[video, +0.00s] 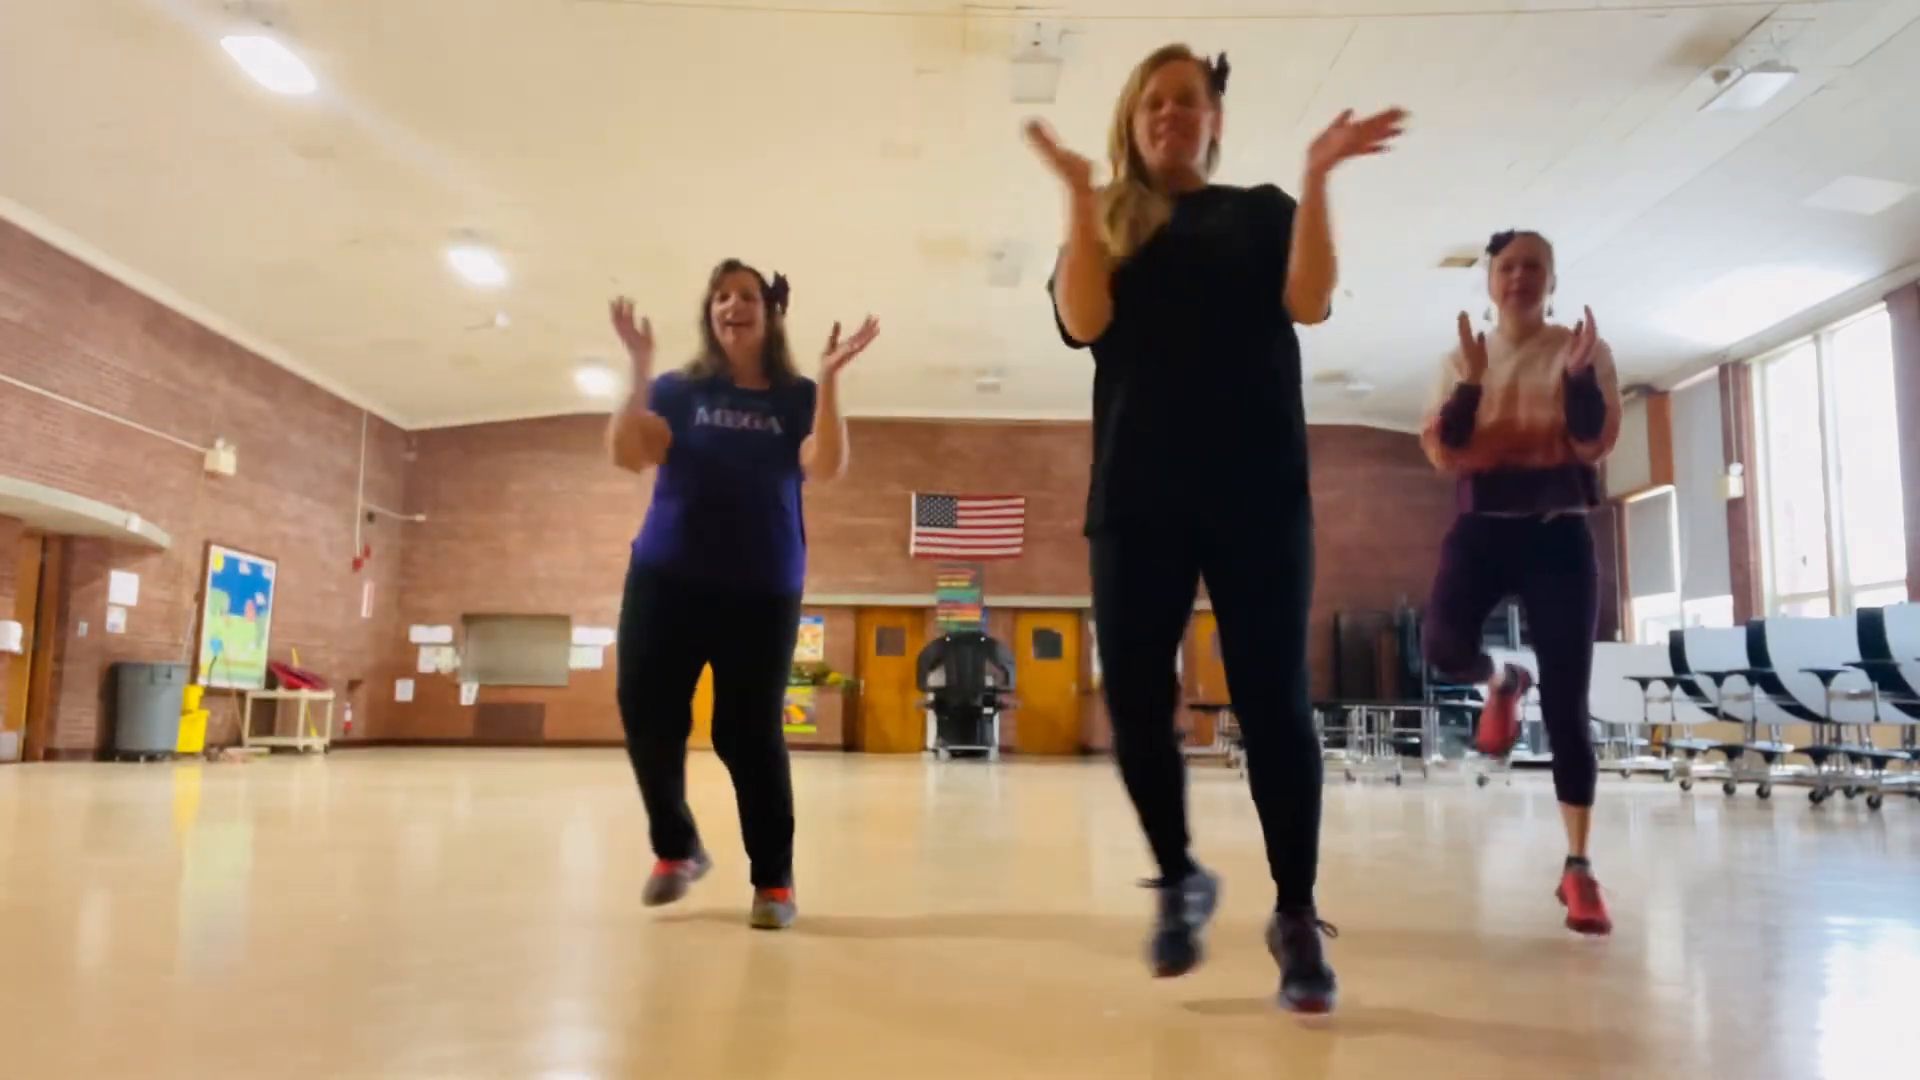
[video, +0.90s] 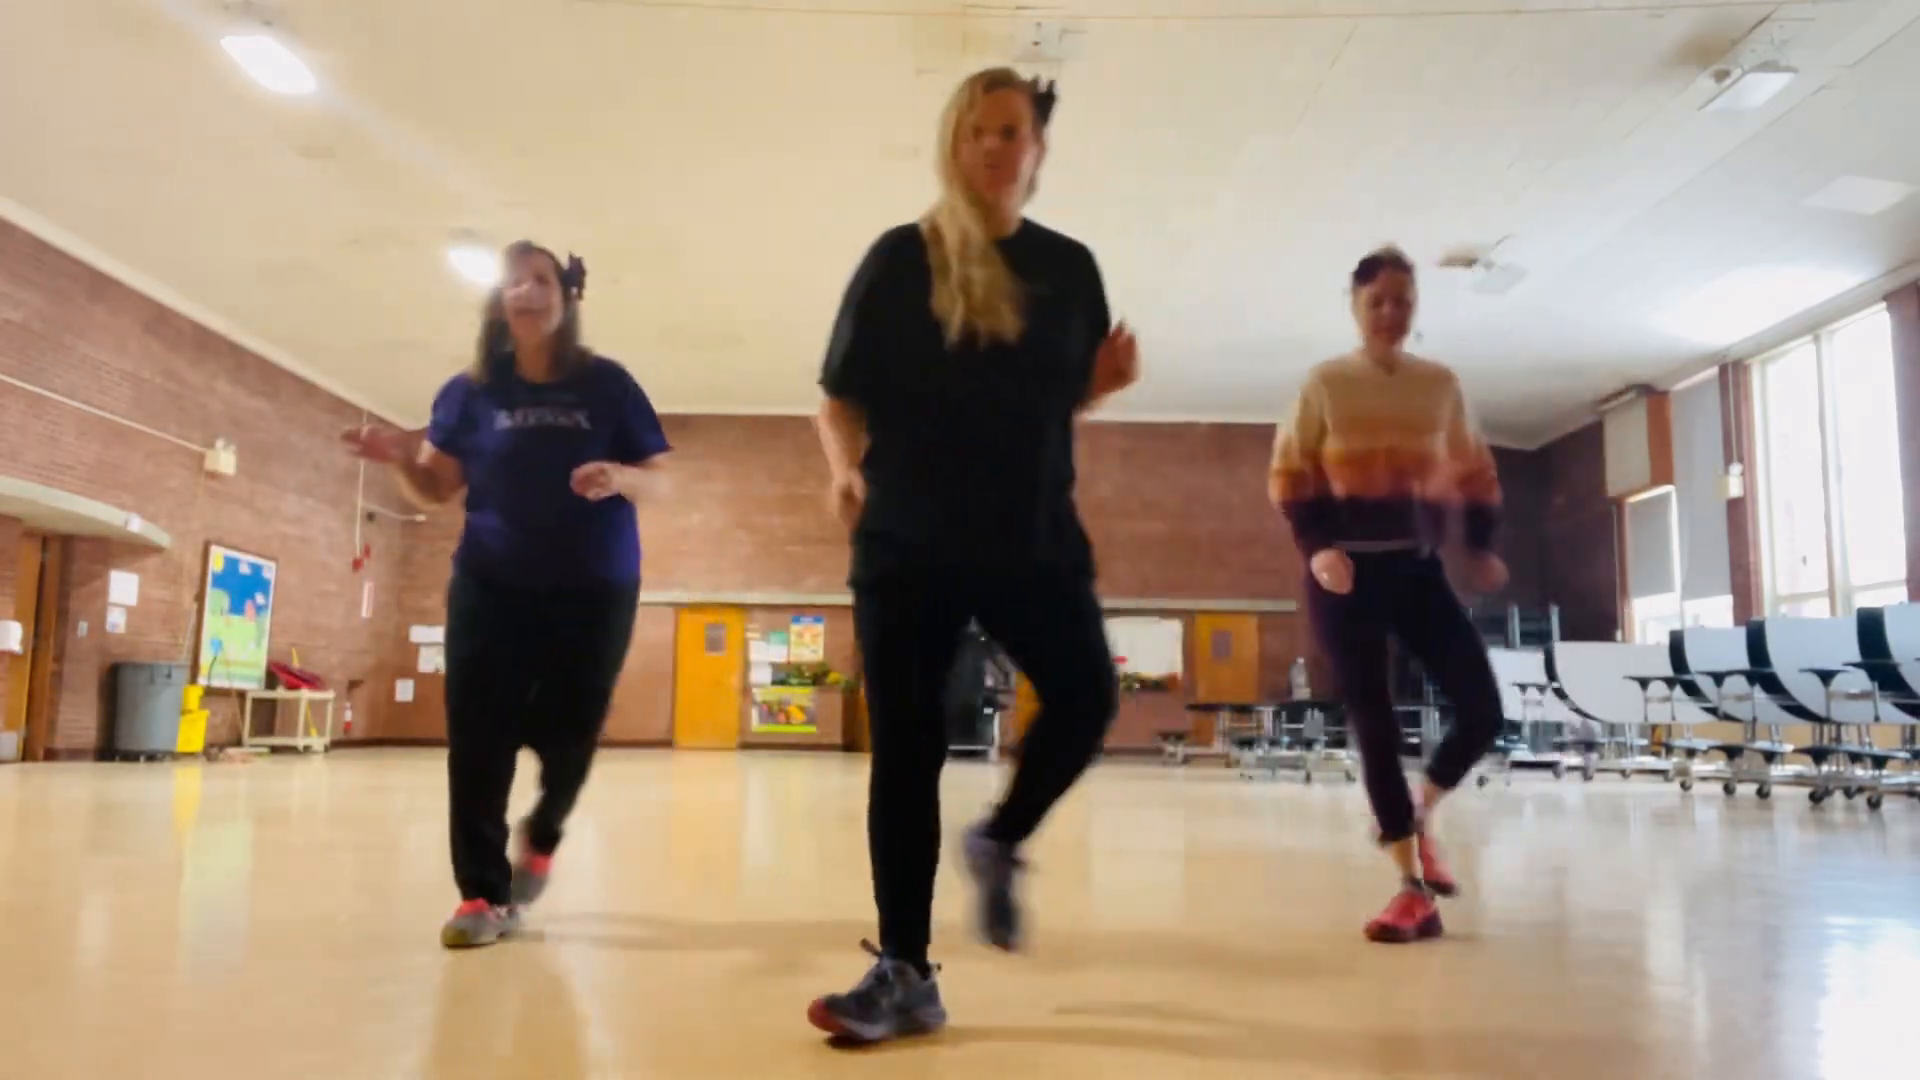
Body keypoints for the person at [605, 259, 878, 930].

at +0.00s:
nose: (732, 305)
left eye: (745, 295)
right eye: (721, 297)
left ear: (770, 314)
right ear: (709, 316)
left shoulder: (797, 395)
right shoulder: (680, 388)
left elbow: (827, 467)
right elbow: (628, 455)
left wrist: (829, 381)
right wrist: (638, 367)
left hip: (760, 587)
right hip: (668, 578)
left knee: (749, 732)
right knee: (648, 719)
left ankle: (773, 880)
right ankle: (676, 851)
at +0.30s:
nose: (713, 301)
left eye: (727, 291)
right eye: (702, 293)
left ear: (751, 307)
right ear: (688, 312)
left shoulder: (783, 396)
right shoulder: (660, 390)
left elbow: (820, 486)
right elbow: (603, 484)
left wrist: (773, 449)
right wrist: (634, 421)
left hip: (746, 587)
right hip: (652, 573)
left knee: (741, 733)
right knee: (598, 693)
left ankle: (772, 884)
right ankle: (627, 854)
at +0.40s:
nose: (686, 301)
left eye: (699, 290)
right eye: (674, 293)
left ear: (725, 306)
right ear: (661, 315)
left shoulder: (764, 396)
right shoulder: (638, 397)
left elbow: (804, 488)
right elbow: (597, 499)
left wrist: (775, 477)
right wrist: (580, 450)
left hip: (731, 588)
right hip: (634, 578)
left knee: (735, 731)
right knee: (572, 708)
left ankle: (772, 884)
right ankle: (539, 872)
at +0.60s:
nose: (604, 306)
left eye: (618, 294)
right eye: (591, 297)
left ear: (645, 309)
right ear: (577, 316)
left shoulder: (687, 402)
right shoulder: (552, 405)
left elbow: (734, 492)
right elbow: (517, 504)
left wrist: (714, 510)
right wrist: (478, 469)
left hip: (672, 593)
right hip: (569, 590)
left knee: (700, 741)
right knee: (519, 736)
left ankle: (766, 881)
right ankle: (489, 896)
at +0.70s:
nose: (571, 302)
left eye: (584, 290)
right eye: (557, 292)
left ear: (609, 304)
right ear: (541, 309)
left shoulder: (649, 392)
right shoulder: (513, 400)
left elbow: (696, 481)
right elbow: (482, 496)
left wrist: (674, 502)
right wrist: (444, 469)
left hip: (640, 584)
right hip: (535, 584)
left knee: (671, 733)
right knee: (498, 737)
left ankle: (721, 866)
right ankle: (486, 897)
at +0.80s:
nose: (542, 293)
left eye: (557, 282)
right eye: (531, 282)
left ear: (586, 300)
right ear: (513, 302)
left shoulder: (625, 385)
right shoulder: (486, 395)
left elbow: (674, 474)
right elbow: (452, 489)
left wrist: (644, 484)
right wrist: (415, 459)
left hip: (614, 587)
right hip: (512, 585)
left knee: (621, 732)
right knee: (487, 740)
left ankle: (633, 833)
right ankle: (487, 897)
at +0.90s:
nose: (525, 290)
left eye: (540, 279)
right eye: (514, 280)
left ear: (567, 299)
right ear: (497, 303)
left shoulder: (608, 385)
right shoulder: (468, 393)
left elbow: (659, 481)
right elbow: (438, 488)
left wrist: (623, 477)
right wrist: (403, 457)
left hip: (590, 589)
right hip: (491, 585)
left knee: (567, 736)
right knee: (478, 740)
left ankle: (540, 838)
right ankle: (484, 895)